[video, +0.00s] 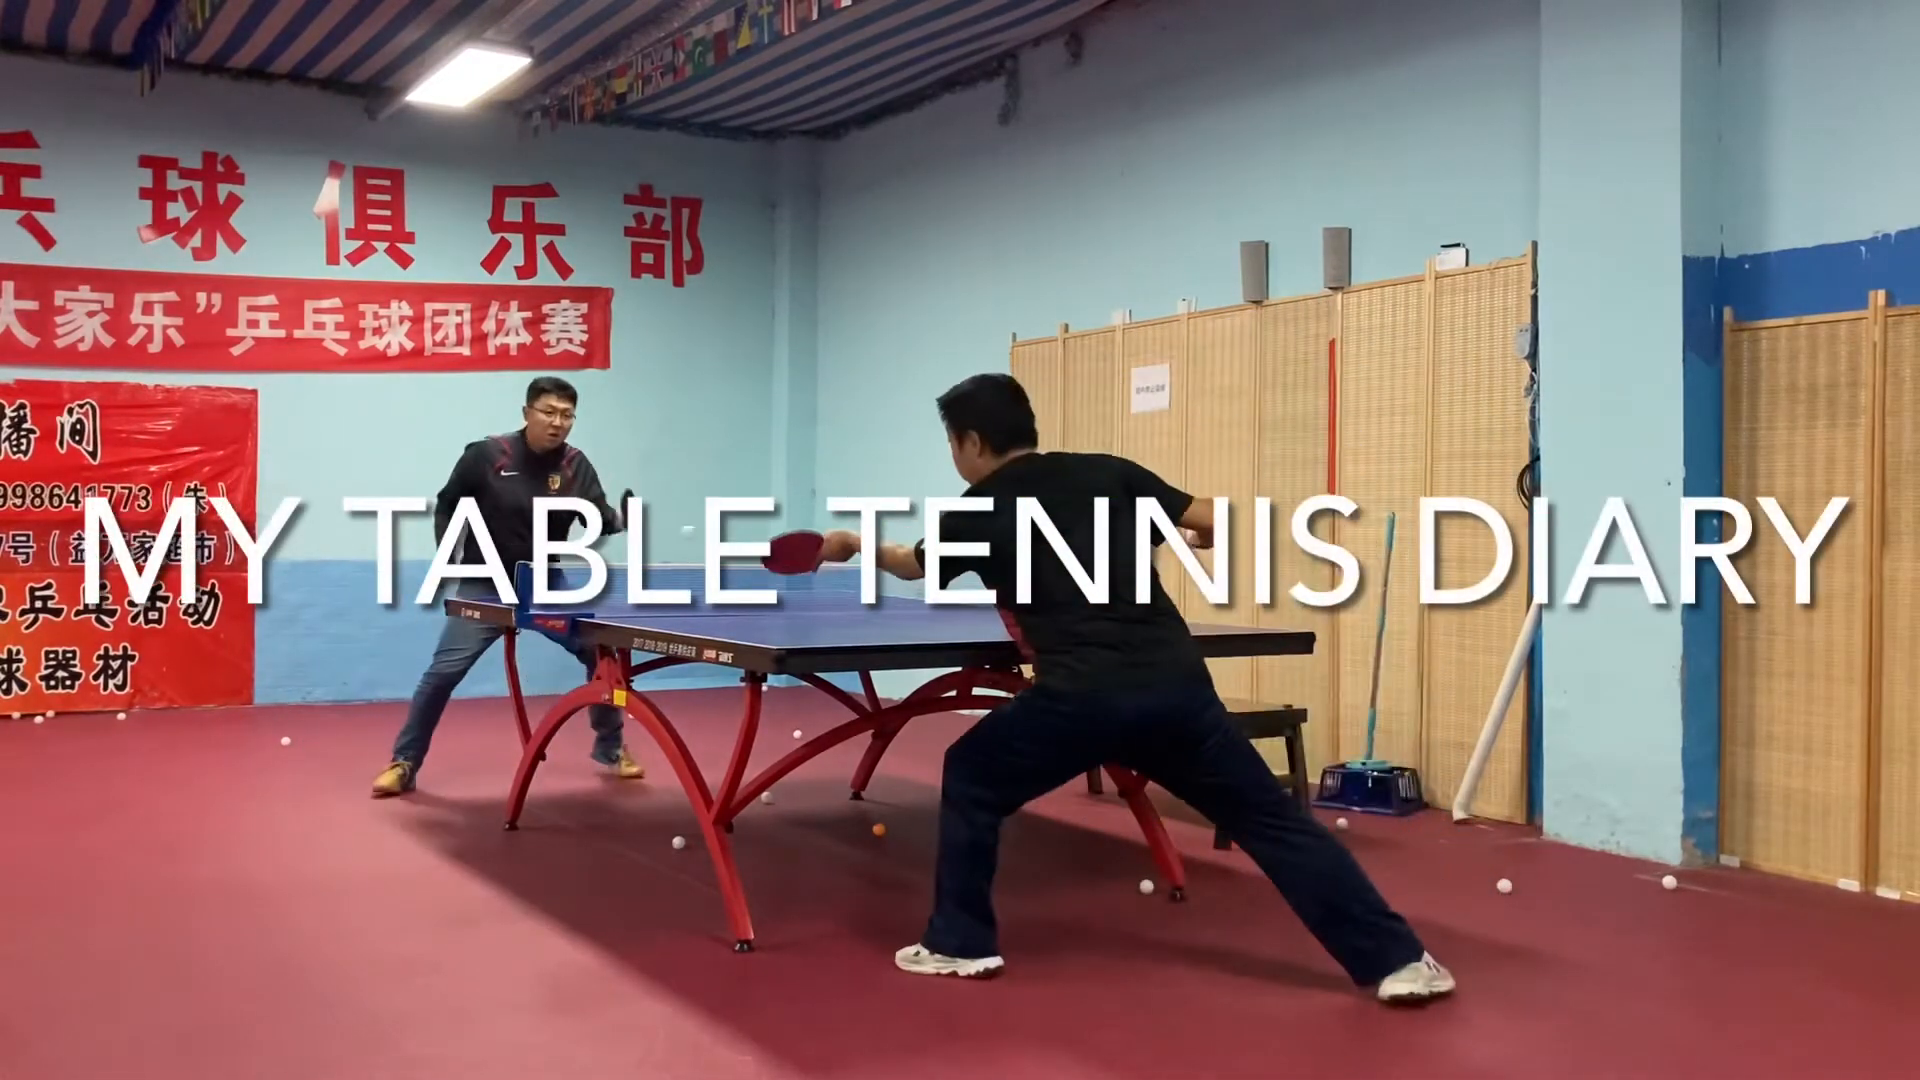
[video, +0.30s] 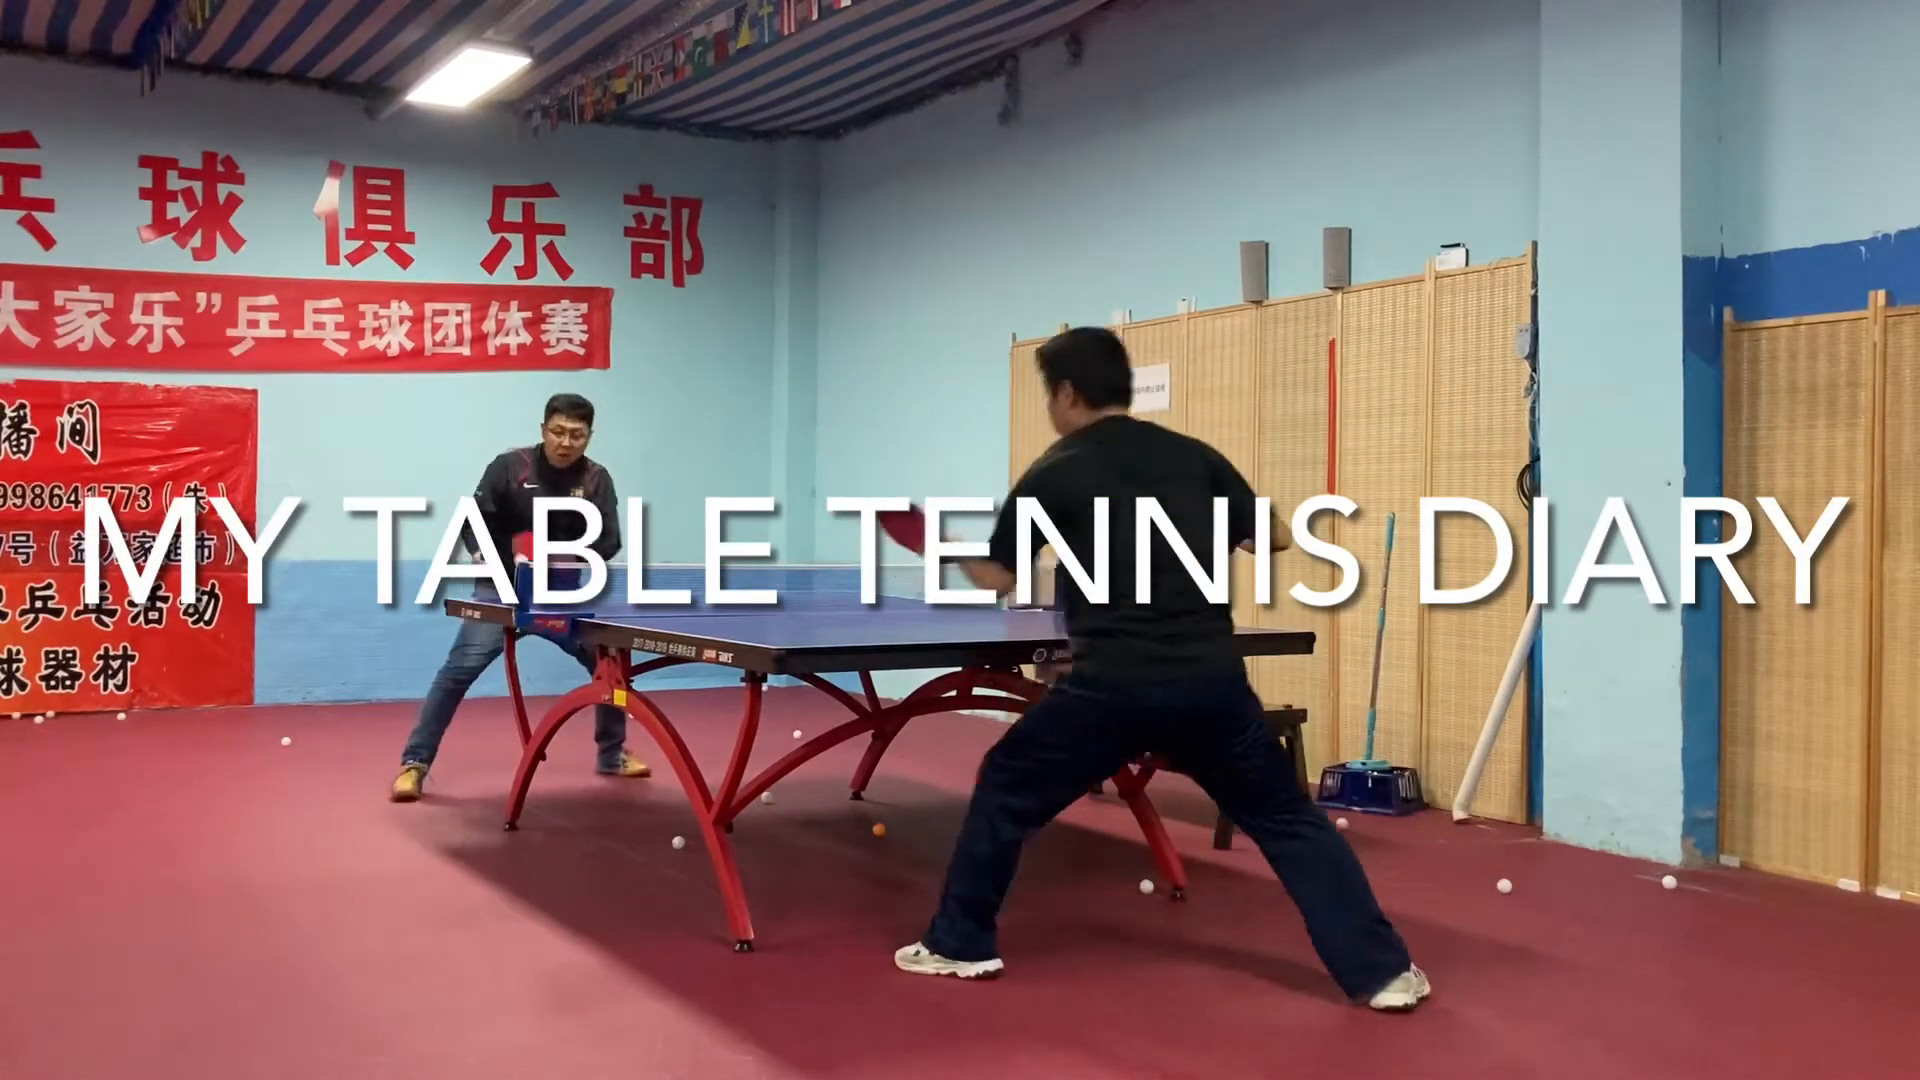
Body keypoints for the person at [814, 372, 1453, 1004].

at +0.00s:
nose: (953, 458)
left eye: (954, 444)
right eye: (954, 444)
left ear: (974, 441)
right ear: (1030, 429)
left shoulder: (983, 505)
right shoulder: (1115, 473)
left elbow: (913, 566)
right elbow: (1204, 521)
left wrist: (855, 543)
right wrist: (1147, 526)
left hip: (1081, 694)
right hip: (1176, 687)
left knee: (973, 771)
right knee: (1271, 818)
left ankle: (962, 941)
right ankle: (1398, 960)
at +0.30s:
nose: (1048, 408)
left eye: (1050, 395)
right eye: (1048, 395)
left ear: (1070, 395)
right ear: (1125, 389)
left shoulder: (1054, 475)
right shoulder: (1196, 458)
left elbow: (998, 575)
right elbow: (1262, 533)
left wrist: (946, 544)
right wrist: (1179, 543)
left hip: (1111, 687)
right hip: (1211, 683)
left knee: (1005, 789)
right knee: (1288, 818)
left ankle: (961, 940)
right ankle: (1383, 970)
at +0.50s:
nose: (1142, 363)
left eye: (1143, 346)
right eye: (1141, 347)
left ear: (1167, 343)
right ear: (1217, 341)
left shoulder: (1178, 432)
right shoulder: (1281, 413)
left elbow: (1171, 547)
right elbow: (1328, 507)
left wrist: (1072, 557)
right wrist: (1245, 553)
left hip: (1234, 652)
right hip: (1314, 648)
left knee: (1124, 776)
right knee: (1318, 800)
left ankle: (1076, 957)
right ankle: (1392, 970)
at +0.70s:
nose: (1191, 369)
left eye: (1192, 354)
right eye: (1189, 354)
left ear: (1220, 351)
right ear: (1268, 349)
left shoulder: (1235, 449)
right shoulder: (1327, 421)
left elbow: (1219, 569)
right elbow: (1375, 507)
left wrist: (1140, 563)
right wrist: (1287, 533)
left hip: (1293, 671)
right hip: (1364, 661)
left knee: (1222, 818)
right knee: (1372, 800)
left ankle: (1281, 1006)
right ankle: (1479, 933)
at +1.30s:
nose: (1183, 401)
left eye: (1194, 387)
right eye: (1186, 385)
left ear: (1242, 399)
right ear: (1244, 398)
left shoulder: (1285, 472)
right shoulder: (1259, 456)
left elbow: (1323, 593)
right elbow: (1271, 539)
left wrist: (1358, 679)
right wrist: (1215, 583)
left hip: (1368, 667)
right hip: (1383, 658)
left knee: (1252, 789)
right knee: (1402, 786)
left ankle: (1266, 985)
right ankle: (1512, 911)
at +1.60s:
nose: (1253, 380)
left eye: (1260, 365)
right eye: (1255, 365)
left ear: (1295, 371)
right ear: (1330, 373)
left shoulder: (1271, 450)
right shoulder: (1412, 446)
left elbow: (1187, 507)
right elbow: (1468, 549)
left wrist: (1245, 464)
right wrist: (1393, 539)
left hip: (1335, 678)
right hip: (1420, 677)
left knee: (1223, 801)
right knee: (1412, 792)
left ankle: (1263, 982)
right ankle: (1464, 942)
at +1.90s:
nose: (1277, 352)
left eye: (1280, 337)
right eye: (1277, 337)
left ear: (1311, 335)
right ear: (1355, 336)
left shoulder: (1317, 423)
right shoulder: (1414, 409)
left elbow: (1285, 540)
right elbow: (1475, 502)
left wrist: (1231, 562)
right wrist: (1402, 542)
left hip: (1370, 646)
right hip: (1436, 642)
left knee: (1292, 791)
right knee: (1411, 786)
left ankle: (1273, 984)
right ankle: (1463, 939)